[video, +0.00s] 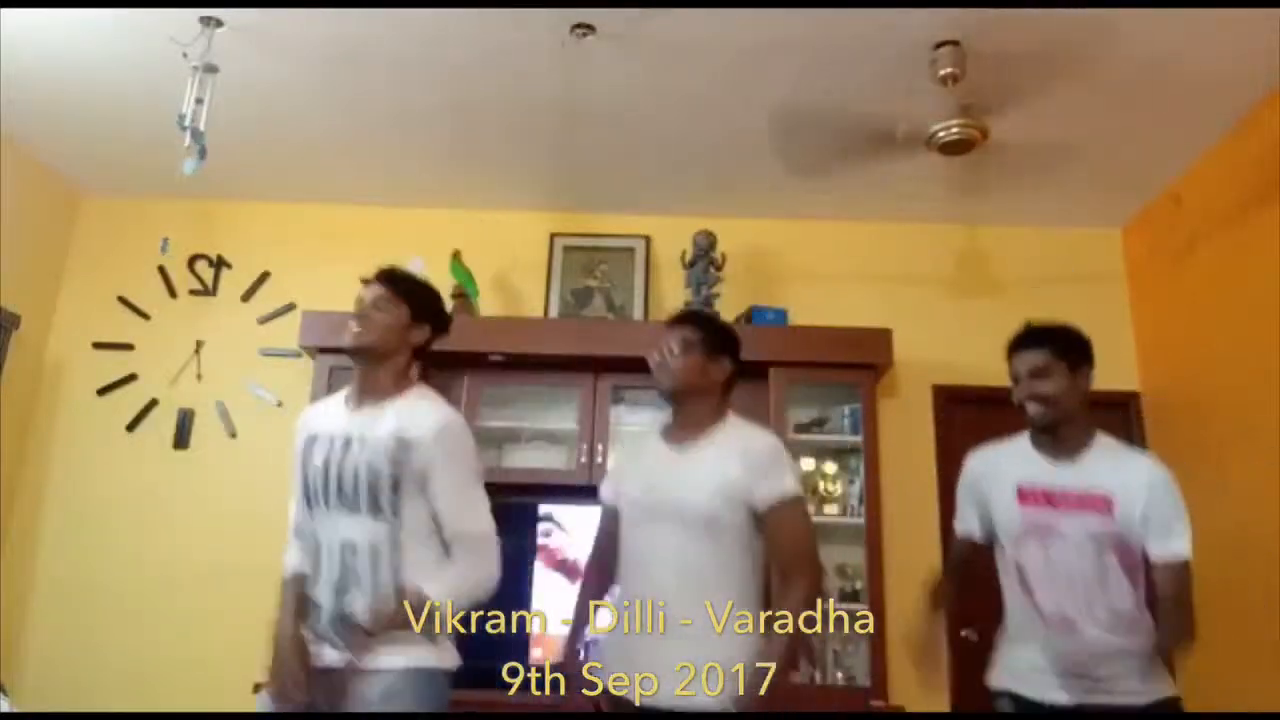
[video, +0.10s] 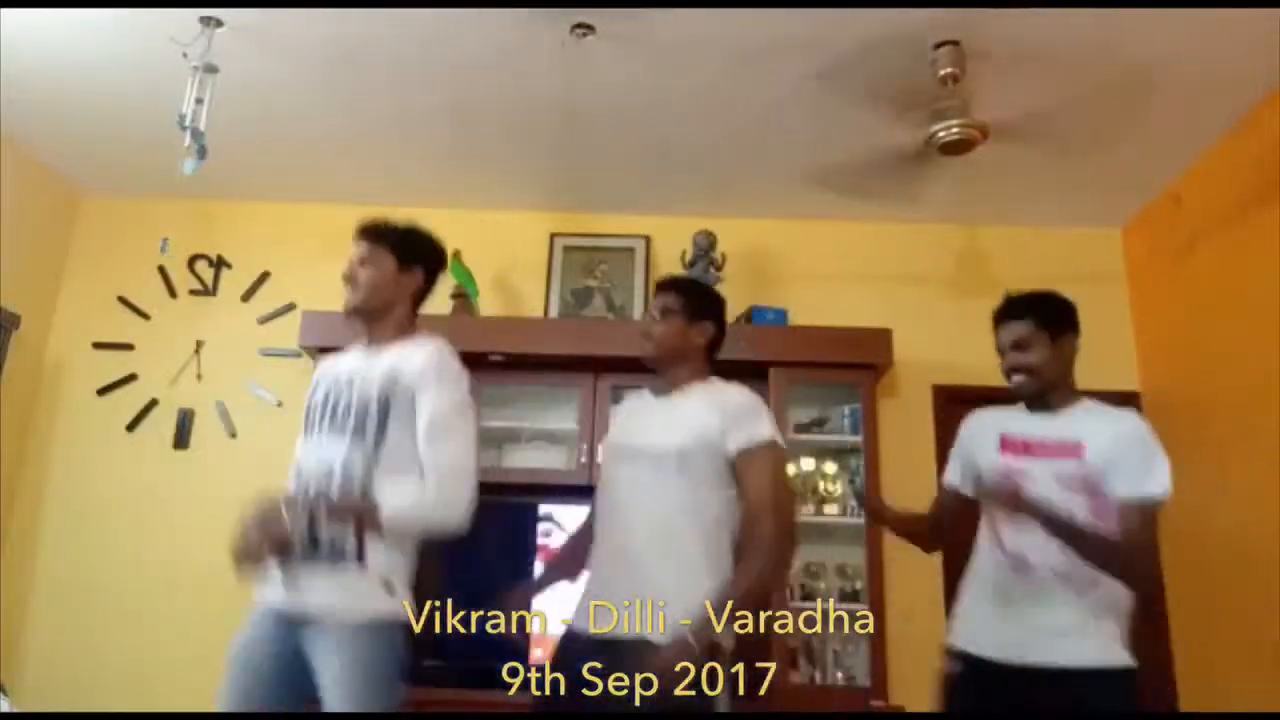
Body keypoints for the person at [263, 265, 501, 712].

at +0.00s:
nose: (357, 314)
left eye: (377, 307)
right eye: (358, 305)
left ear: (418, 333)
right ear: (349, 314)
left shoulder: (437, 426)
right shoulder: (315, 421)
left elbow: (480, 561)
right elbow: (300, 536)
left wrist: (409, 608)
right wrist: (288, 630)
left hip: (400, 666)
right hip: (317, 663)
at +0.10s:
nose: (349, 272)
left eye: (367, 263)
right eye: (351, 262)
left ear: (411, 281)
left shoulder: (431, 362)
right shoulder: (330, 369)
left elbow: (451, 505)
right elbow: (312, 487)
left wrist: (357, 509)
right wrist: (276, 527)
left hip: (360, 608)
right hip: (284, 600)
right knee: (239, 704)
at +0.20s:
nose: (337, 247)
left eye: (353, 235)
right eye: (339, 234)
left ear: (401, 247)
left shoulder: (423, 333)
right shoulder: (334, 337)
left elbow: (429, 462)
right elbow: (316, 464)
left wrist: (316, 432)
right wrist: (227, 459)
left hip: (322, 556)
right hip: (262, 544)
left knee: (291, 702)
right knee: (186, 696)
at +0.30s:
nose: (315, 261)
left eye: (330, 246)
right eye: (317, 249)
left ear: (376, 254)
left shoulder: (400, 339)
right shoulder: (328, 344)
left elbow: (401, 480)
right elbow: (273, 473)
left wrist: (326, 435)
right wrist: (169, 483)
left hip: (276, 556)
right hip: (230, 538)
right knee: (121, 697)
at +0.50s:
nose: (273, 331)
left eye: (292, 320)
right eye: (278, 320)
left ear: (336, 340)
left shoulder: (340, 422)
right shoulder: (283, 430)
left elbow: (339, 573)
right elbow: (248, 545)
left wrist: (364, 550)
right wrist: (178, 571)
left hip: (223, 635)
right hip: (167, 621)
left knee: (129, 709)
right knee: (73, 707)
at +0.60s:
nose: (276, 318)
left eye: (297, 308)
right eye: (281, 307)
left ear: (345, 328)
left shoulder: (345, 410)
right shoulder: (285, 415)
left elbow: (338, 537)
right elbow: (248, 537)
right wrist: (171, 522)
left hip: (246, 613)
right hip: (185, 601)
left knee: (157, 700)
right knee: (85, 704)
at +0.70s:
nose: (296, 290)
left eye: (312, 277)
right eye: (296, 278)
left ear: (360, 291)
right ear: (292, 284)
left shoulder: (366, 368)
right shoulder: (277, 375)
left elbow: (359, 484)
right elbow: (222, 491)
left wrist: (333, 351)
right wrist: (134, 438)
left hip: (269, 586)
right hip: (195, 577)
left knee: (200, 700)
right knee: (120, 701)